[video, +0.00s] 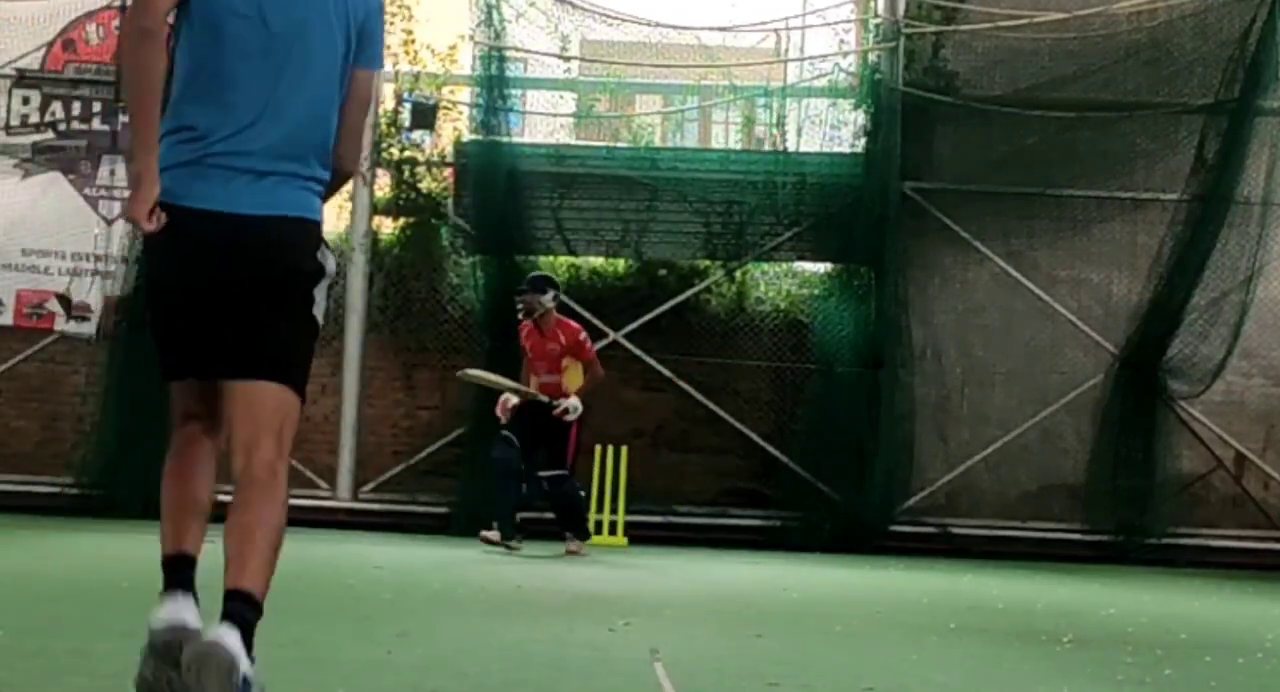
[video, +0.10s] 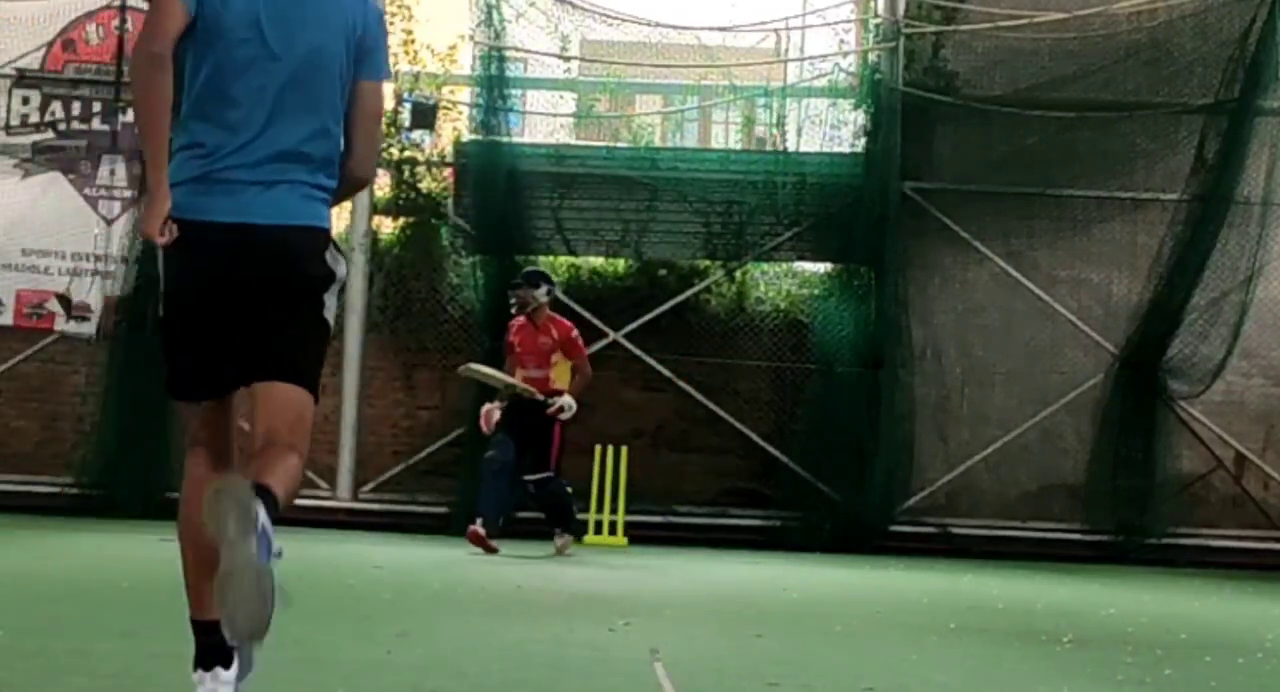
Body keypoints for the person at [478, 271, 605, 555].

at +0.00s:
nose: (527, 303)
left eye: (534, 297)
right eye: (526, 297)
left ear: (550, 299)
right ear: (526, 299)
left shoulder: (573, 333)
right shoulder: (526, 331)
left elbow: (596, 371)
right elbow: (528, 368)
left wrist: (578, 397)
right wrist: (517, 395)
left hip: (563, 405)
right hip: (533, 402)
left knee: (556, 471)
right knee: (509, 458)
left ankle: (575, 535)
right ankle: (505, 528)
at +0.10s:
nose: (518, 296)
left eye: (525, 291)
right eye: (517, 291)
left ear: (543, 294)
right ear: (520, 295)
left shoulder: (564, 330)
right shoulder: (516, 328)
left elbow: (584, 371)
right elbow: (511, 368)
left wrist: (570, 396)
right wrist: (498, 401)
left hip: (548, 403)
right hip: (519, 400)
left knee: (541, 474)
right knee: (498, 458)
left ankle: (565, 528)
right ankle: (486, 526)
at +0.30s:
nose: (513, 311)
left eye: (520, 306)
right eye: (512, 306)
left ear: (535, 310)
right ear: (509, 310)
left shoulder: (550, 348)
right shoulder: (499, 346)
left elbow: (564, 390)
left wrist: (554, 411)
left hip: (528, 417)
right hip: (497, 413)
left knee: (513, 473)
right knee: (478, 468)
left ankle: (537, 529)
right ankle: (484, 537)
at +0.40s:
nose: (512, 312)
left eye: (519, 306)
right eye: (511, 306)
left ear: (534, 311)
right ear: (508, 310)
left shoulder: (549, 348)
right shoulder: (499, 345)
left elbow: (562, 392)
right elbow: (482, 381)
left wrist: (553, 412)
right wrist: (459, 405)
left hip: (525, 414)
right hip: (494, 411)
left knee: (509, 469)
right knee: (476, 465)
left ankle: (532, 529)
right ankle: (484, 537)